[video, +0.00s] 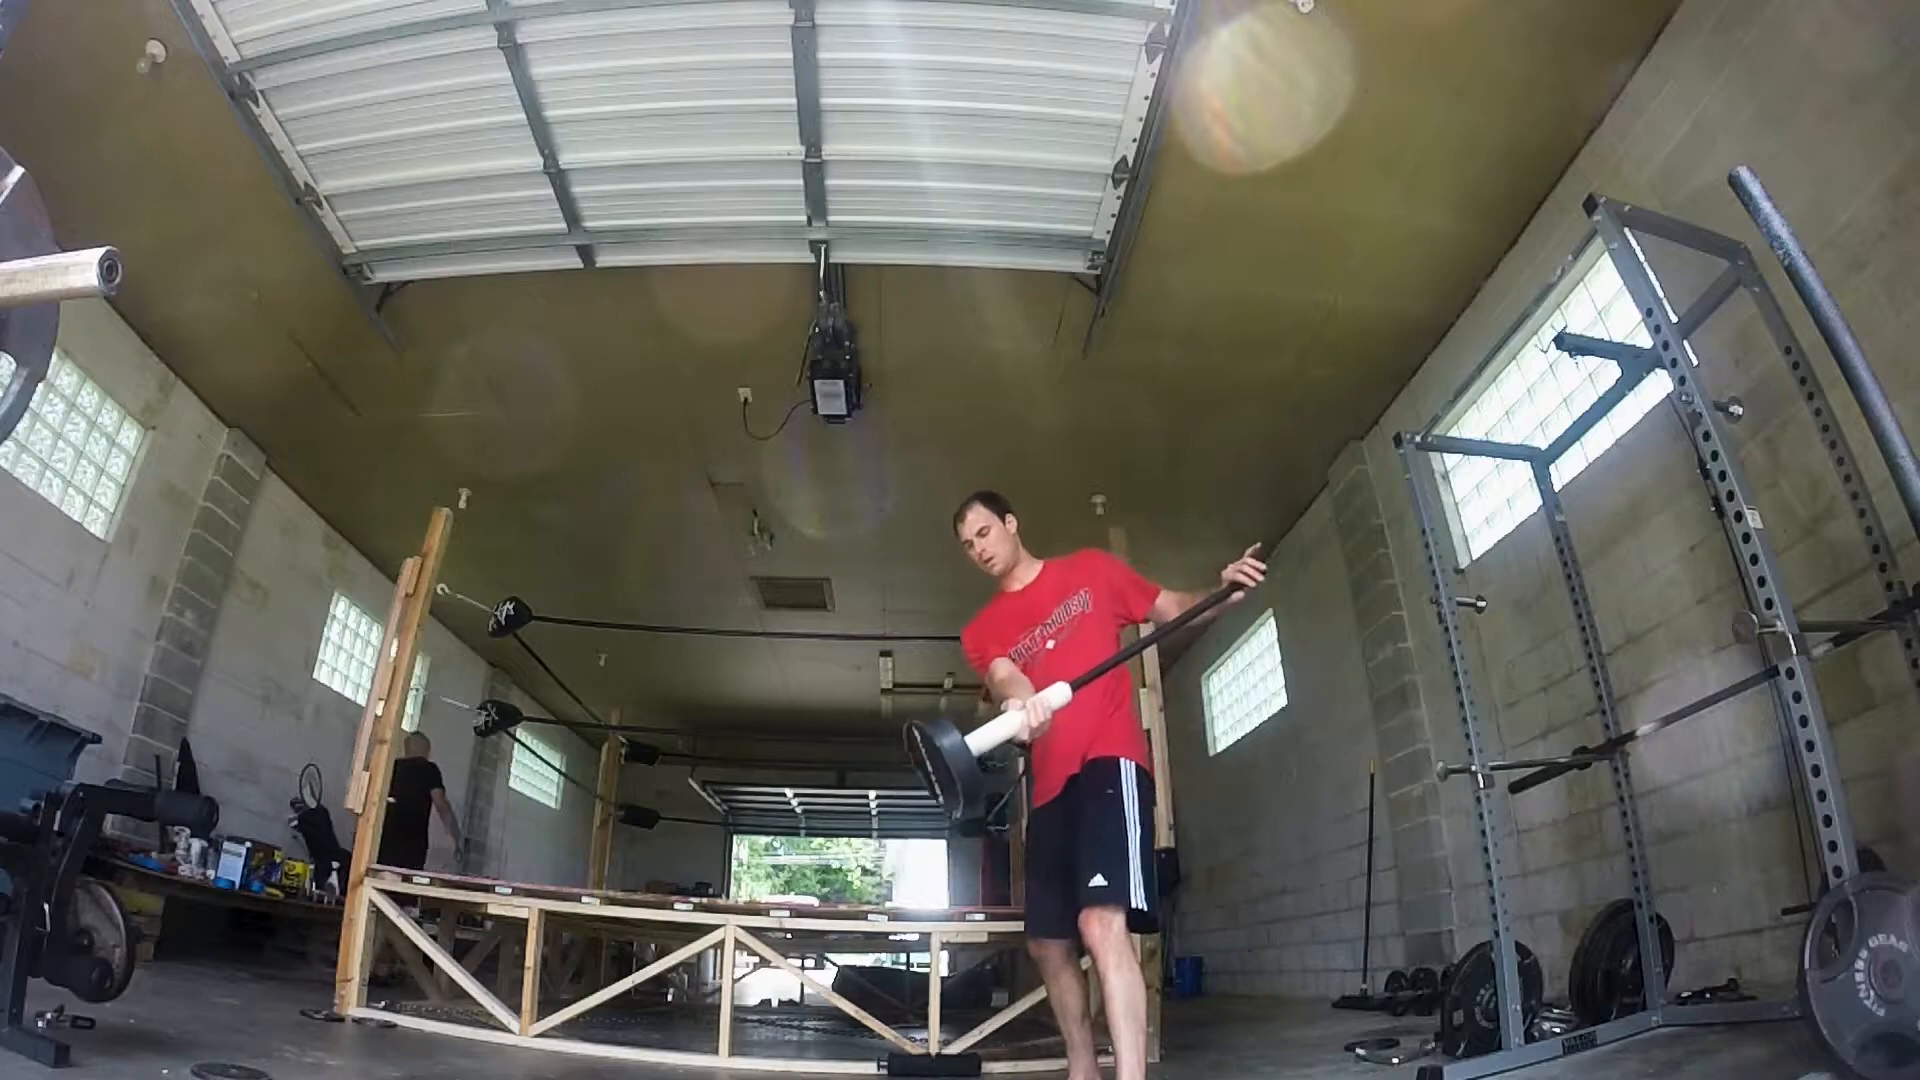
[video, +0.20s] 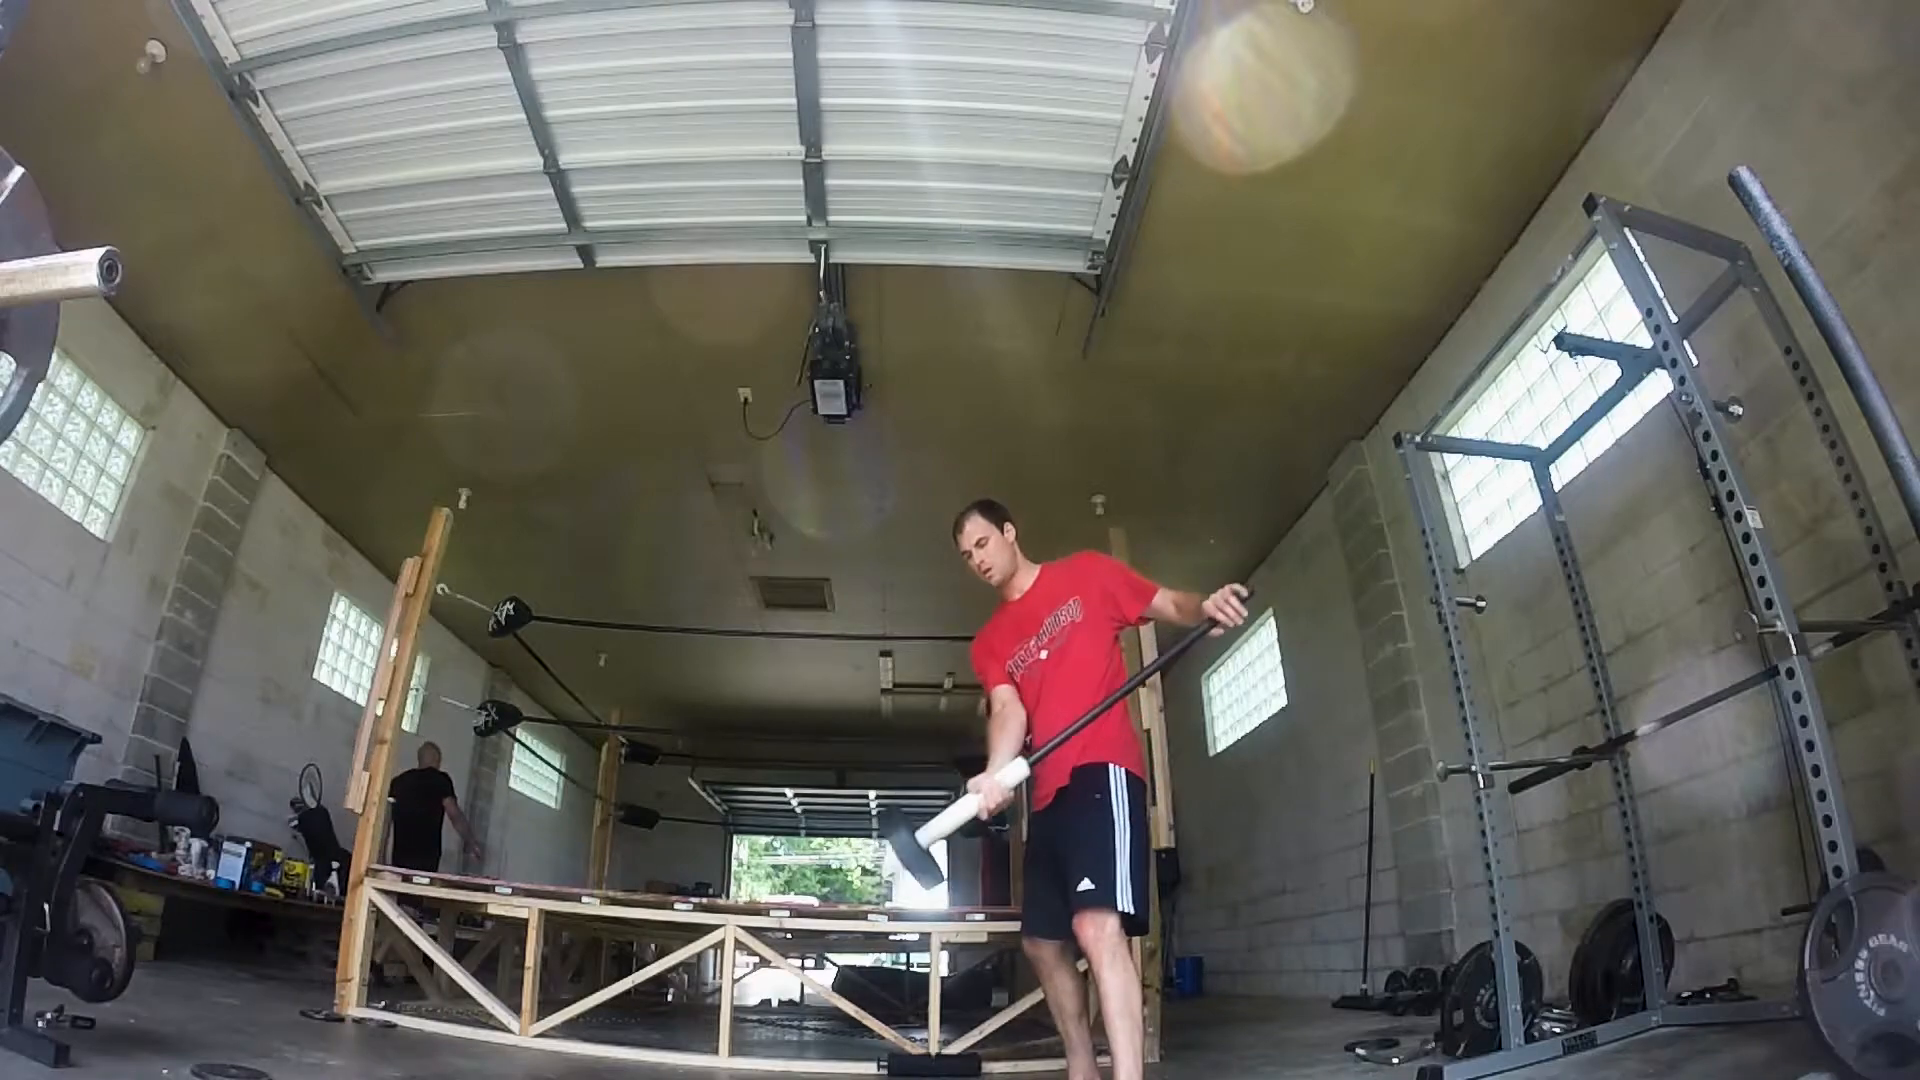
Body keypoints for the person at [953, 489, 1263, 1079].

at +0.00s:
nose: (978, 548)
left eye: (983, 532)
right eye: (968, 543)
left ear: (1011, 524)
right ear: (967, 553)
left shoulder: (1090, 569)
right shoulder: (982, 628)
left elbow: (1175, 609)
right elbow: (1001, 679)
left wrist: (1224, 589)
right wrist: (1024, 699)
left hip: (1110, 757)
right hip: (1049, 779)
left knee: (1101, 923)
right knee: (1046, 942)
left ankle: (1132, 1075)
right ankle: (1084, 1072)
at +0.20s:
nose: (977, 558)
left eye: (981, 542)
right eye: (967, 553)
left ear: (1010, 532)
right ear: (967, 564)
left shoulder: (1085, 572)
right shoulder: (989, 640)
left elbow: (1164, 604)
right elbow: (1005, 708)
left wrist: (1205, 605)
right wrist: (996, 770)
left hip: (1104, 766)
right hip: (1047, 789)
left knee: (1096, 925)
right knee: (1041, 942)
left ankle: (1128, 1075)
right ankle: (1083, 1072)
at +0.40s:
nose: (976, 567)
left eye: (980, 551)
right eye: (967, 561)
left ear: (1010, 538)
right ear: (970, 567)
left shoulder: (1067, 572)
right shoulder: (1004, 644)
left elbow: (1154, 612)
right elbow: (1018, 736)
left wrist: (1131, 672)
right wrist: (979, 822)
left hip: (1098, 770)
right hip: (1050, 791)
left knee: (1090, 929)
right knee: (1043, 936)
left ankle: (1126, 1075)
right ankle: (1084, 1072)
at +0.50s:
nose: (973, 568)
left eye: (977, 553)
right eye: (965, 562)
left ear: (1007, 540)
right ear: (966, 568)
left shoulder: (1046, 574)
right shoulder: (1022, 626)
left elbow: (1100, 636)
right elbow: (1042, 730)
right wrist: (997, 809)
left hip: (1091, 771)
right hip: (1058, 782)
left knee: (1081, 926)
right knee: (1048, 931)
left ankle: (1123, 1074)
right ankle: (1085, 1070)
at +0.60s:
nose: (968, 570)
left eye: (974, 554)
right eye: (961, 563)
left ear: (1003, 542)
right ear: (961, 566)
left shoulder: (1033, 579)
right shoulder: (1045, 589)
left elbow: (1037, 667)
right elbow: (1073, 699)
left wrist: (977, 767)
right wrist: (1027, 769)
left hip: (1083, 765)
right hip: (1073, 769)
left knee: (1066, 929)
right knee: (1064, 931)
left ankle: (1119, 1074)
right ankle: (1086, 1071)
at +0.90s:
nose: (958, 576)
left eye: (961, 561)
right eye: (953, 567)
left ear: (993, 545)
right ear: (998, 552)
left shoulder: (988, 597)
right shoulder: (1075, 594)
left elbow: (939, 693)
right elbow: (1101, 676)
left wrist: (921, 726)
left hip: (1048, 777)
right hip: (1091, 782)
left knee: (1037, 931)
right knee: (1061, 936)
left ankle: (1109, 1073)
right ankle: (1085, 1070)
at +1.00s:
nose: (954, 576)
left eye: (957, 561)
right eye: (949, 566)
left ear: (988, 547)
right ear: (998, 550)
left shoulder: (976, 600)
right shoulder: (1075, 591)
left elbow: (936, 679)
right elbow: (1104, 657)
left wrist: (931, 691)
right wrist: (1097, 593)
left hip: (1043, 779)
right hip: (1089, 783)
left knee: (1033, 933)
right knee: (1066, 938)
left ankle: (1106, 1072)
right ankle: (1090, 1070)